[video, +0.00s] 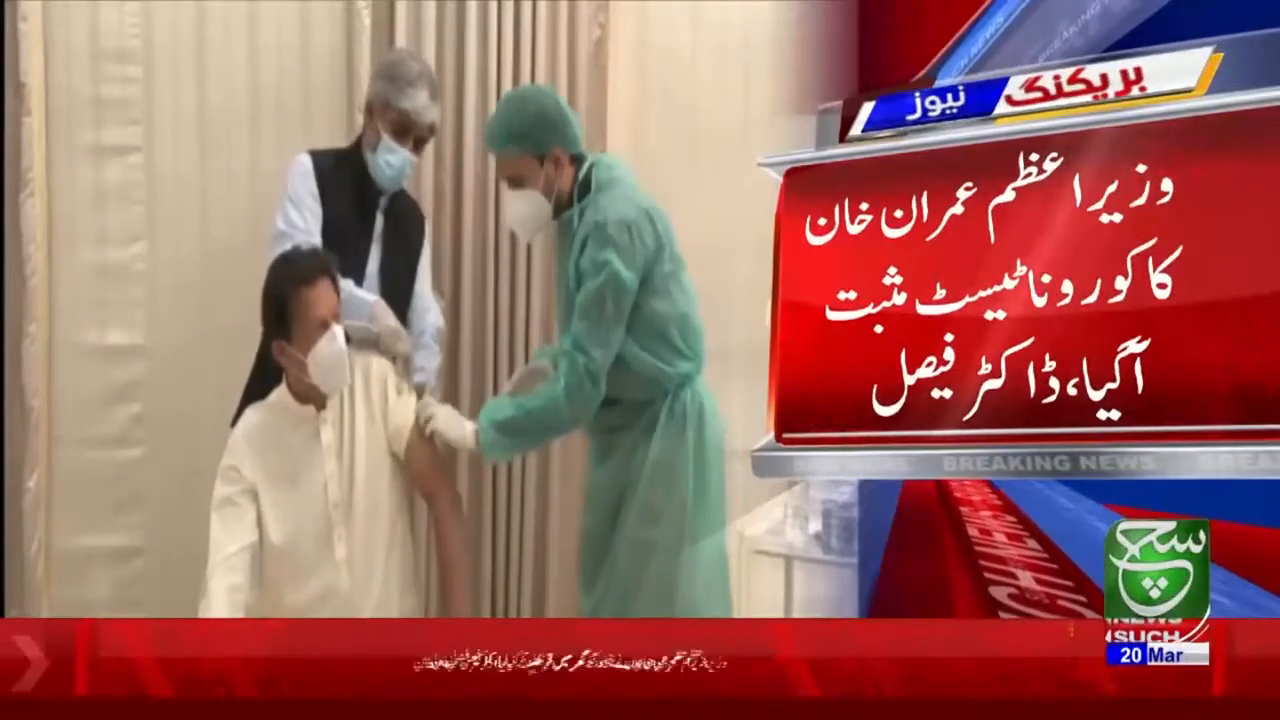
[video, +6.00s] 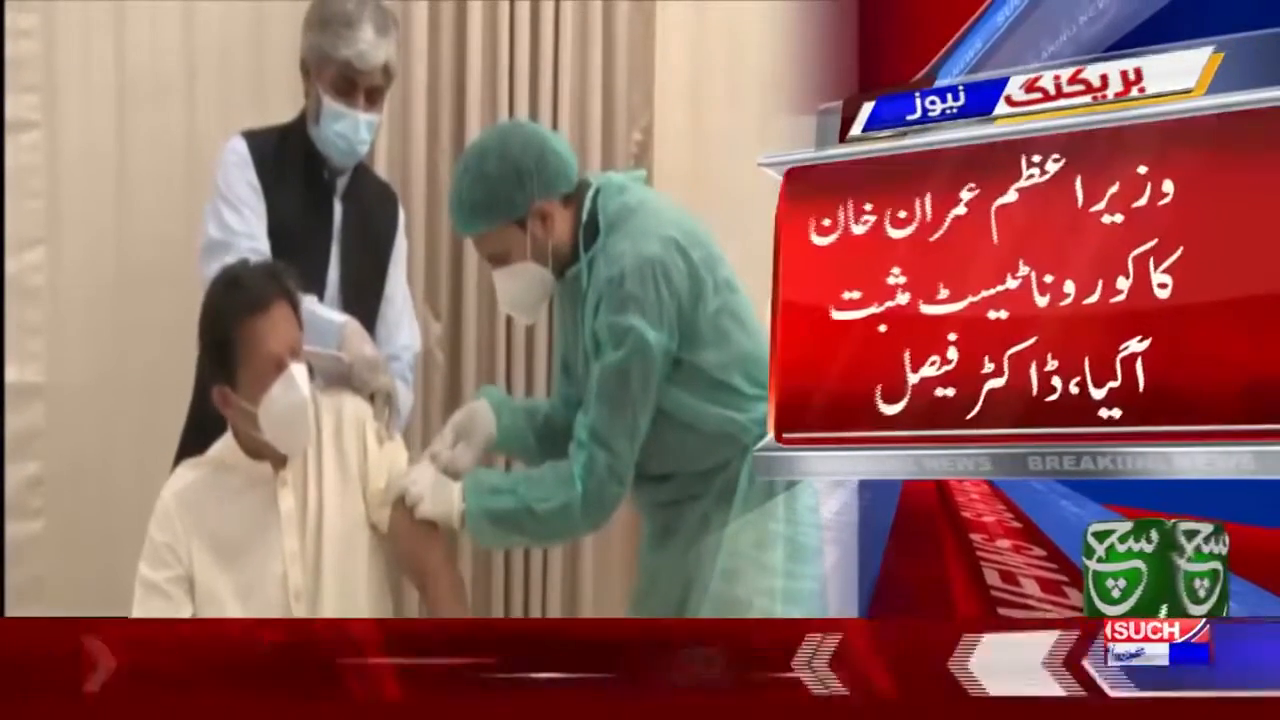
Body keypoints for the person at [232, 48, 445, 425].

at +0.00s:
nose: (406, 152)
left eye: (419, 142)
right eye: (398, 133)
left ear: (429, 143)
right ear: (370, 115)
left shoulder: (411, 218)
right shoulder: (313, 172)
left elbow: (424, 316)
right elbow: (294, 269)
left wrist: (417, 392)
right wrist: (372, 311)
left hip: (372, 390)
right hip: (298, 376)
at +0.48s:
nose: (407, 155)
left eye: (421, 145)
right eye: (399, 136)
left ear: (430, 145)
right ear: (371, 118)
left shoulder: (412, 218)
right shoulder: (314, 172)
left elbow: (425, 321)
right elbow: (296, 269)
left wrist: (419, 403)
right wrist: (371, 312)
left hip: (372, 391)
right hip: (297, 377)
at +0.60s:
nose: (347, 74)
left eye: (359, 57)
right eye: (330, 55)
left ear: (372, 54)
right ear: (293, 46)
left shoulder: (376, 163)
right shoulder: (240, 120)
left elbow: (391, 293)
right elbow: (228, 244)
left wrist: (374, 374)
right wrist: (330, 291)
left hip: (332, 388)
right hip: (236, 374)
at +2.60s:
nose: (351, 80)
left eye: (364, 63)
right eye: (335, 60)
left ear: (378, 65)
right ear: (299, 53)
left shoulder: (378, 176)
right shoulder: (244, 131)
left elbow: (395, 309)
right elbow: (234, 255)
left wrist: (378, 394)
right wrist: (335, 302)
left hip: (335, 402)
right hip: (239, 387)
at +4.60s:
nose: (351, 93)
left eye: (366, 77)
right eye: (336, 72)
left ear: (380, 81)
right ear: (301, 64)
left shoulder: (379, 192)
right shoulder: (246, 147)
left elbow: (396, 327)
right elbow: (235, 271)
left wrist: (379, 423)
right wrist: (338, 320)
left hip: (335, 420)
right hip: (242, 399)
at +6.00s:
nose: (358, 113)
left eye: (374, 96)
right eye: (343, 89)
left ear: (387, 94)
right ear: (308, 75)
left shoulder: (383, 204)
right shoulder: (249, 158)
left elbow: (398, 341)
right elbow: (237, 284)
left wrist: (380, 430)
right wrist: (342, 332)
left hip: (340, 431)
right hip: (246, 415)